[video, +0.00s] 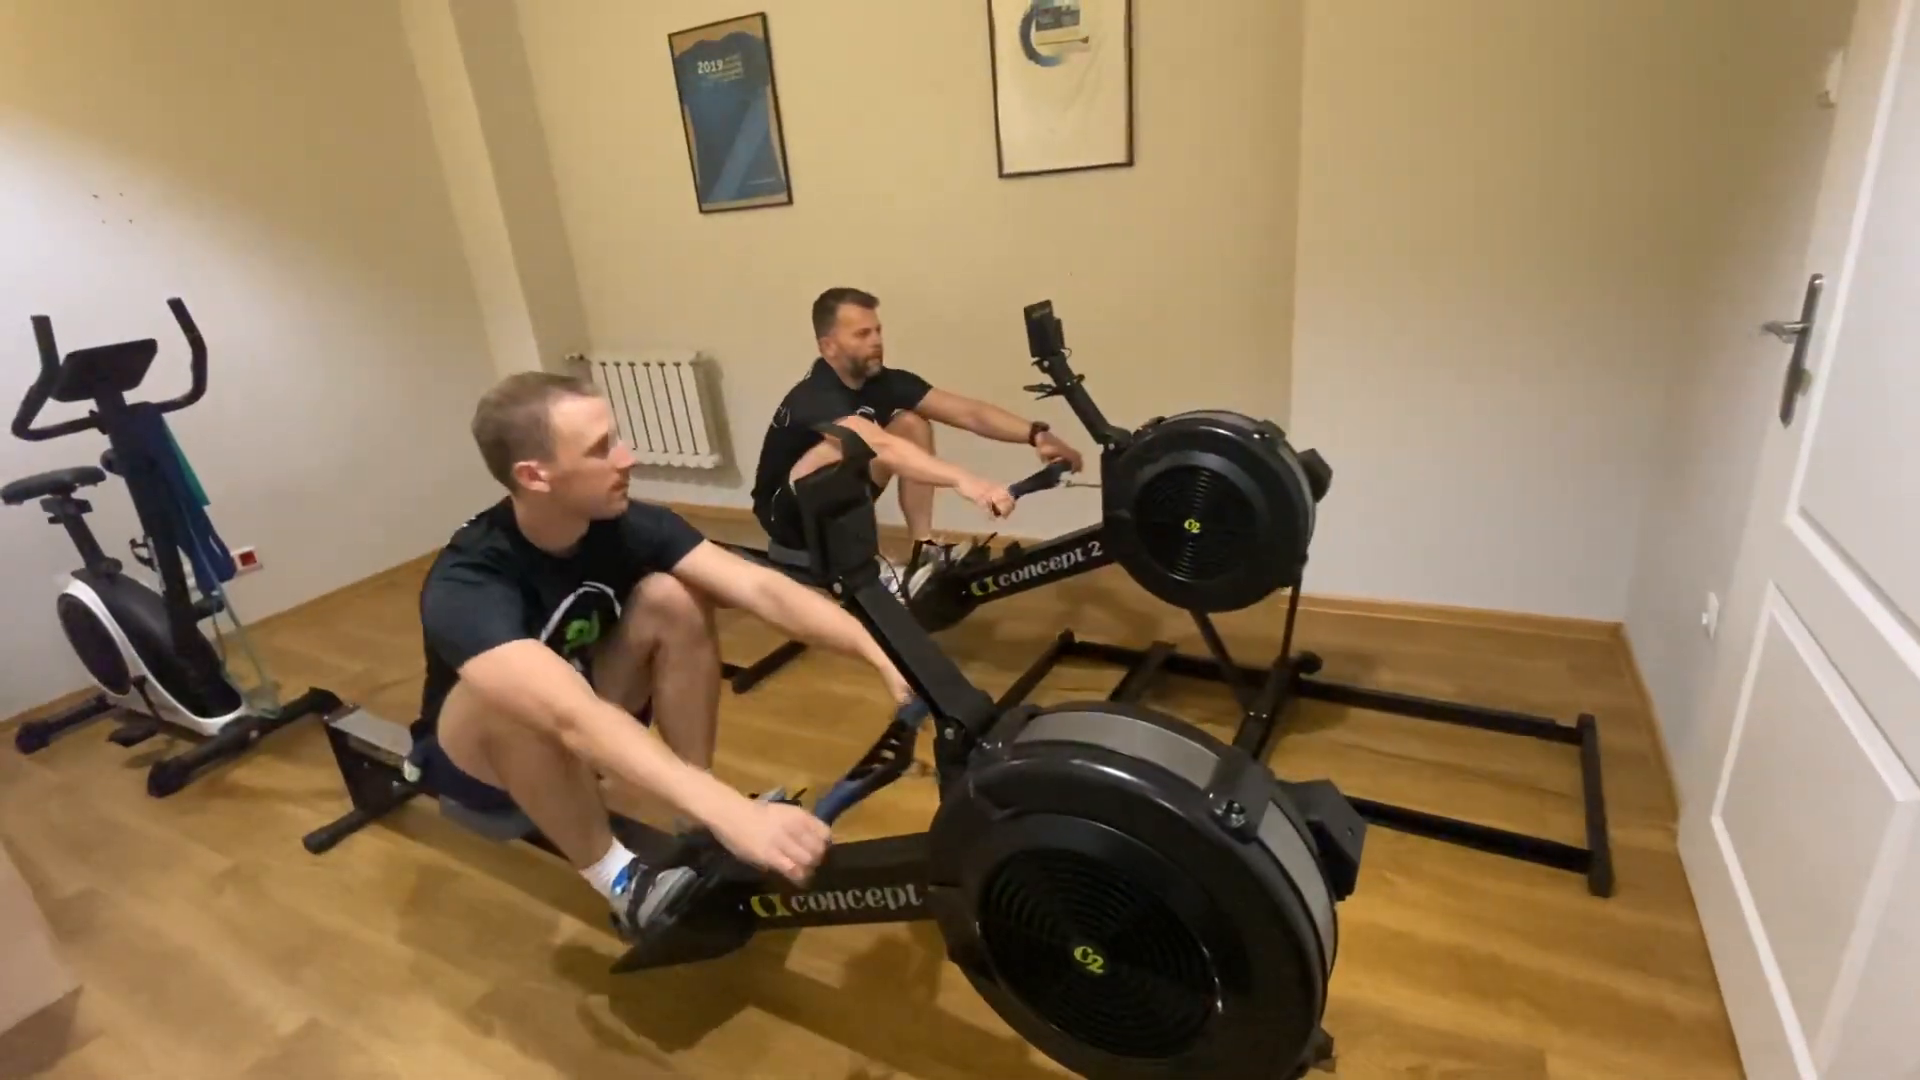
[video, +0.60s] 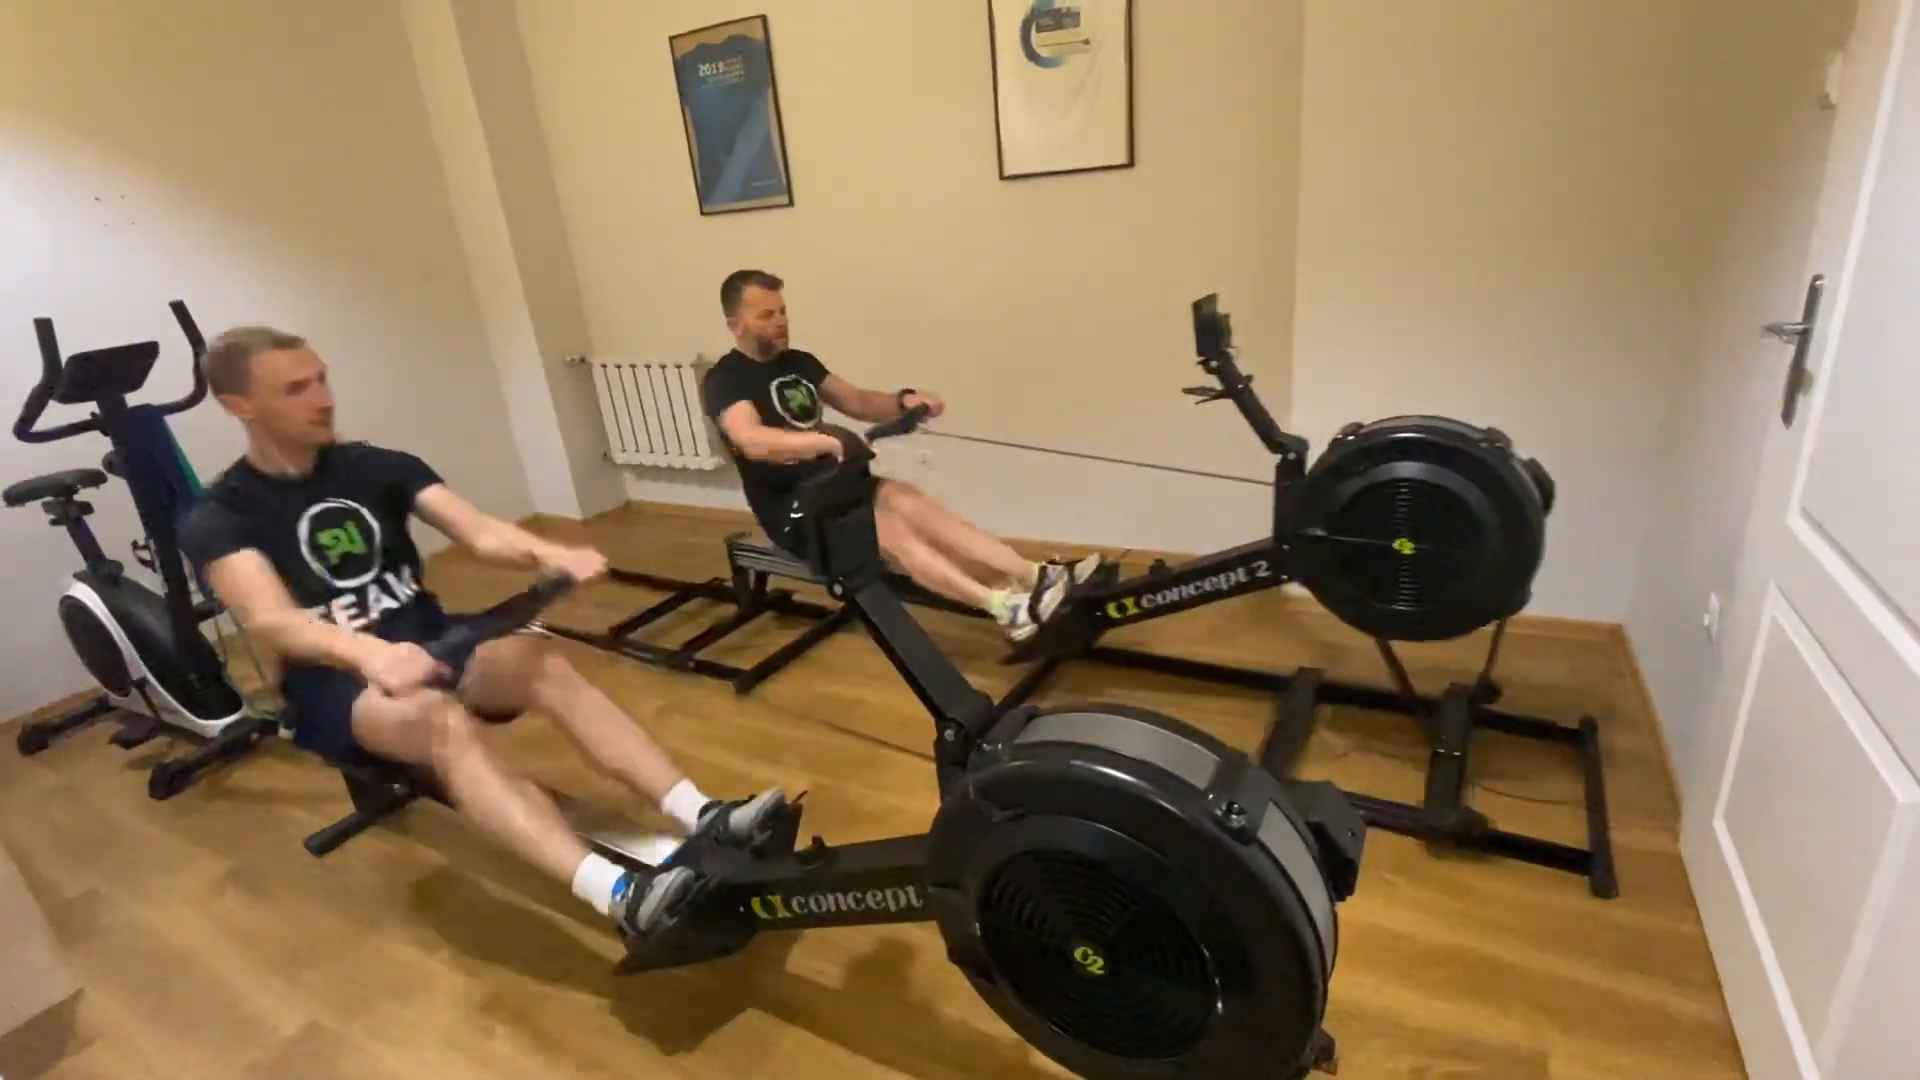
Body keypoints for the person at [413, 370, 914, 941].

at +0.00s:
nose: (627, 458)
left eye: (618, 439)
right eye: (602, 449)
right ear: (535, 475)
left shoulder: (629, 527)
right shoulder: (466, 590)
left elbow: (761, 590)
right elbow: (579, 717)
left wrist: (882, 651)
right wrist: (736, 814)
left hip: (585, 738)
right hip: (485, 786)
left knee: (670, 600)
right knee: (517, 689)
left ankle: (700, 816)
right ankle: (621, 883)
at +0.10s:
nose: (589, 444)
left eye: (577, 424)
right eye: (561, 435)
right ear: (495, 461)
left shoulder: (588, 513)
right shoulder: (436, 567)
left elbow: (717, 570)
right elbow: (538, 686)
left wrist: (838, 626)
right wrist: (693, 781)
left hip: (563, 726)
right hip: (467, 769)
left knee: (650, 598)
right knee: (504, 686)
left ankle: (703, 827)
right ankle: (622, 885)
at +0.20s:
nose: (540, 429)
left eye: (532, 410)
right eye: (512, 419)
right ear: (446, 444)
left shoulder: (554, 501)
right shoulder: (395, 559)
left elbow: (676, 555)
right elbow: (489, 661)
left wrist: (793, 608)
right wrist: (634, 748)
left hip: (538, 701)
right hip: (437, 747)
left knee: (636, 601)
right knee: (496, 678)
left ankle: (705, 812)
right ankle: (621, 886)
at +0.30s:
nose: (476, 412)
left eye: (471, 392)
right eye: (448, 402)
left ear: (478, 390)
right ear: (386, 426)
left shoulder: (500, 484)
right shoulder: (342, 544)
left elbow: (615, 539)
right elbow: (435, 633)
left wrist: (728, 589)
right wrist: (557, 705)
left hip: (509, 663)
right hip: (407, 713)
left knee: (610, 604)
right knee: (484, 685)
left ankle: (703, 816)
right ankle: (625, 892)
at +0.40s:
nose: (403, 397)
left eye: (401, 378)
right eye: (376, 387)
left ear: (406, 379)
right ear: (318, 411)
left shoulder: (440, 471)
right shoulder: (287, 525)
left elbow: (553, 525)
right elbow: (369, 609)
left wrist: (656, 572)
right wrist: (478, 675)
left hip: (472, 645)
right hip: (373, 692)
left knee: (579, 622)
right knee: (465, 695)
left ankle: (704, 818)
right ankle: (622, 891)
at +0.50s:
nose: (363, 394)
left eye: (360, 376)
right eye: (338, 383)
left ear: (364, 374)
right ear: (276, 405)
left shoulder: (407, 468)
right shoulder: (252, 518)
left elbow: (513, 523)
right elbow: (326, 609)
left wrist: (611, 565)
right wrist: (431, 657)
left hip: (454, 645)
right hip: (356, 683)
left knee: (585, 659)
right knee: (459, 710)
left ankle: (704, 819)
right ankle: (623, 892)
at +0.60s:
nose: (324, 397)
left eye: (322, 380)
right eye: (299, 387)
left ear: (325, 379)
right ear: (240, 408)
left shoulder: (374, 468)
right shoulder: (218, 519)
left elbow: (476, 529)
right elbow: (274, 621)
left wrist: (551, 553)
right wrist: (366, 653)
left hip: (424, 638)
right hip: (329, 676)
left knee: (547, 664)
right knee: (441, 721)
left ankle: (702, 819)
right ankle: (618, 894)